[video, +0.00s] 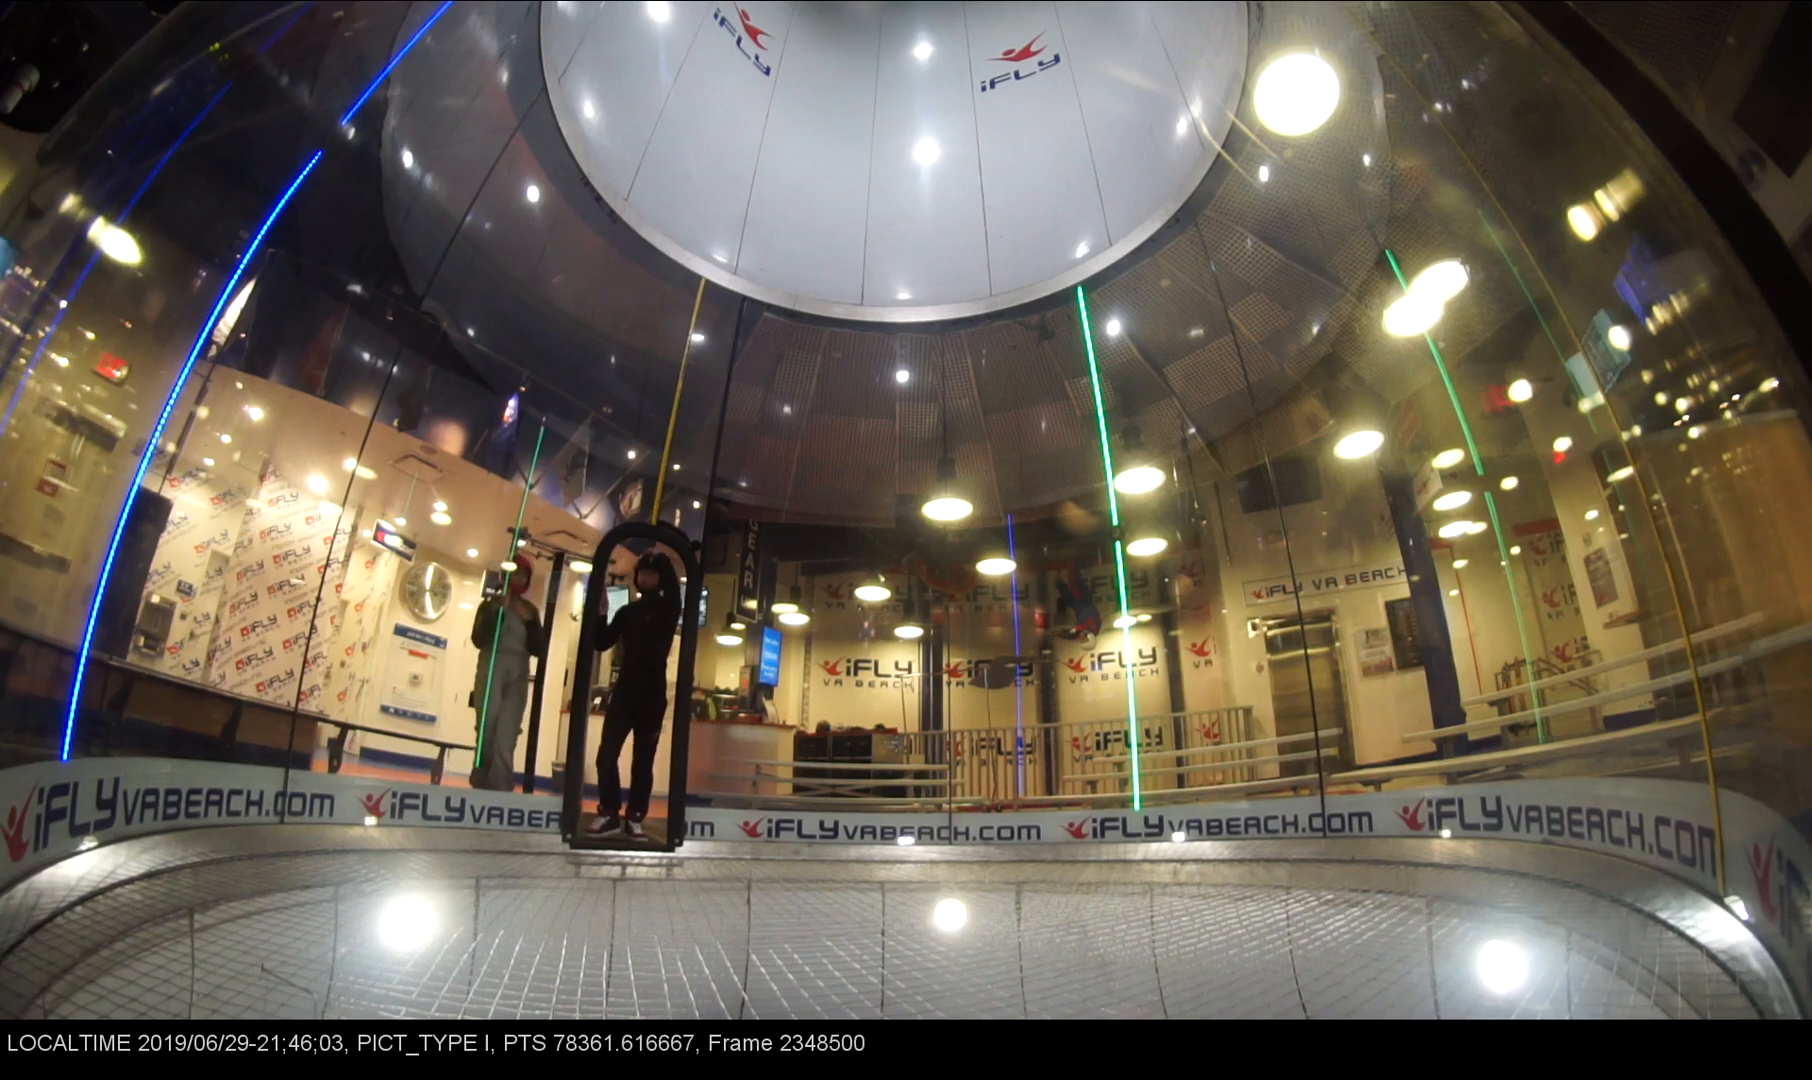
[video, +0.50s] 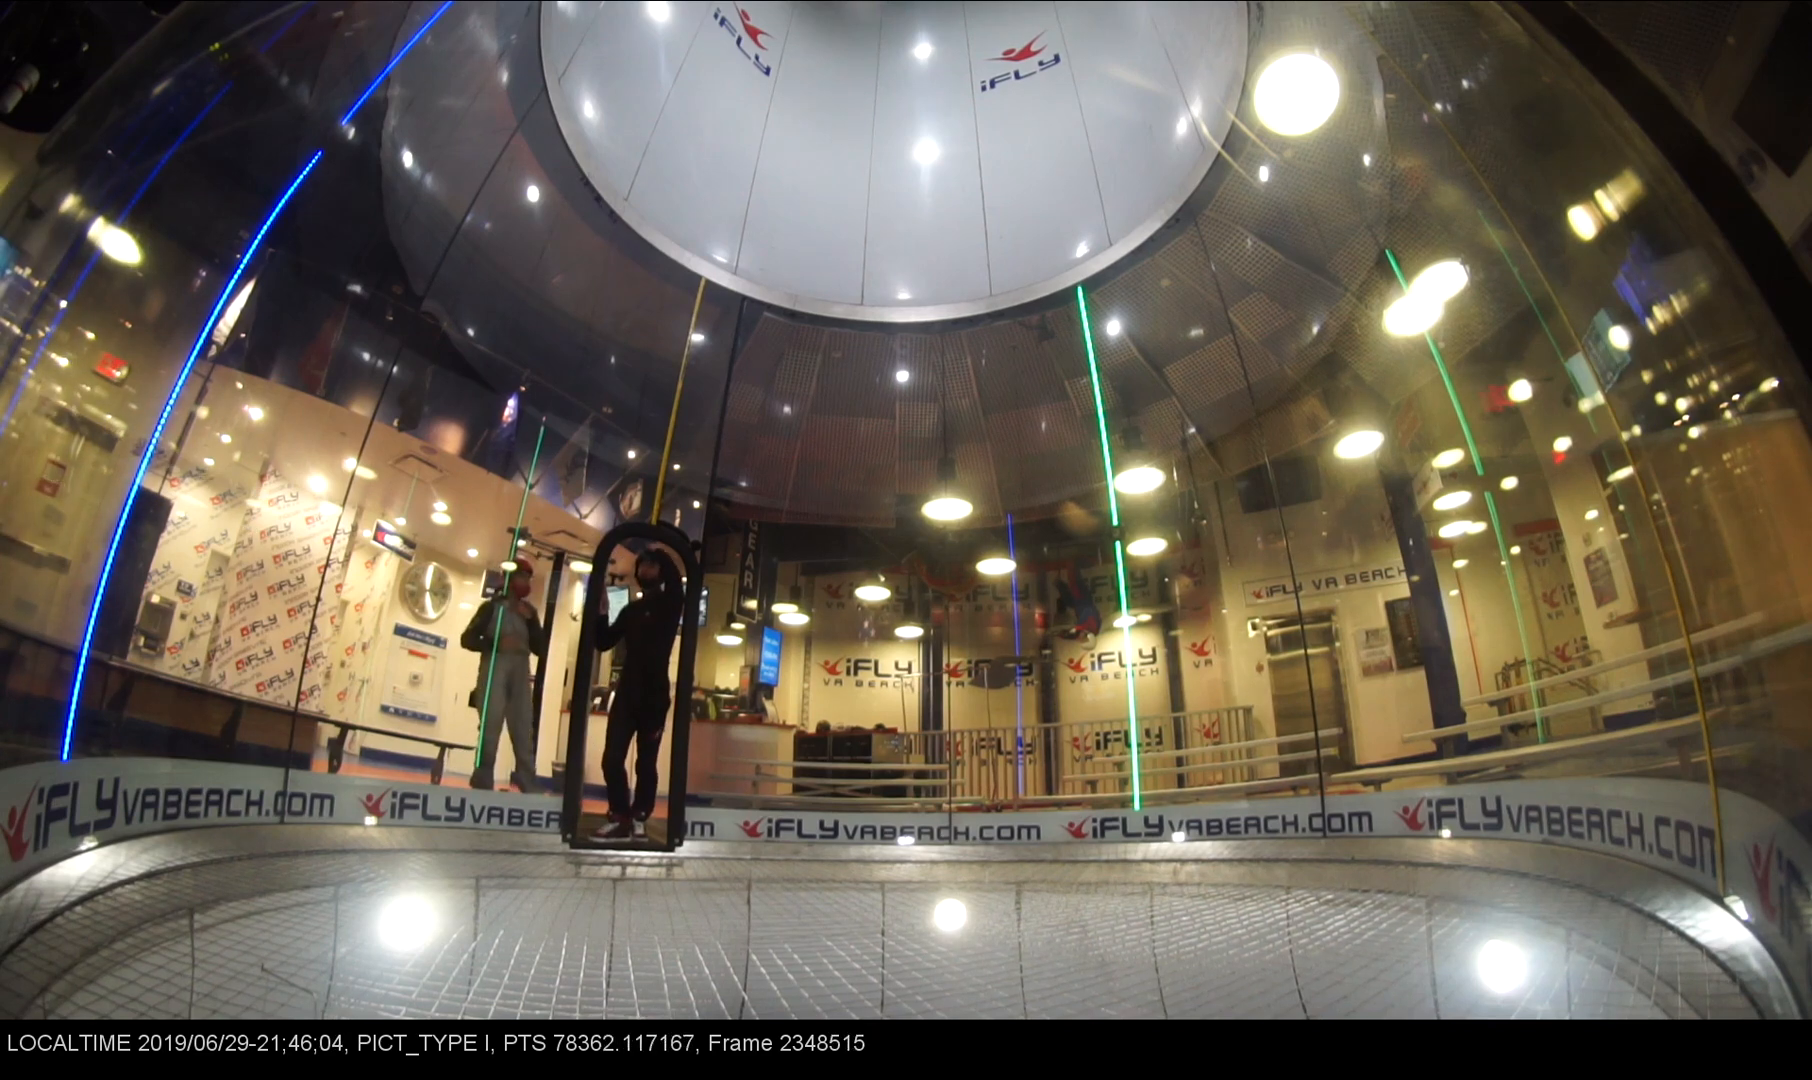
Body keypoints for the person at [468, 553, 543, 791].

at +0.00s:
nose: (518, 578)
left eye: (523, 574)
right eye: (515, 572)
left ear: (528, 581)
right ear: (506, 574)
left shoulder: (530, 610)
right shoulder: (490, 605)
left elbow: (538, 648)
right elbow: (479, 640)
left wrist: (531, 621)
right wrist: (495, 611)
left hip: (518, 671)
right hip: (490, 667)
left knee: (508, 729)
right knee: (487, 725)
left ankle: (501, 785)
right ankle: (481, 780)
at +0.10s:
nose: (522, 582)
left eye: (525, 577)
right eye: (518, 576)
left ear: (527, 581)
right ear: (506, 578)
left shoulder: (528, 611)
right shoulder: (488, 606)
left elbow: (537, 648)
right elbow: (472, 642)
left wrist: (530, 620)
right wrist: (491, 617)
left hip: (517, 674)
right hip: (490, 670)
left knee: (509, 732)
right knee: (488, 728)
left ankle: (505, 786)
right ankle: (482, 781)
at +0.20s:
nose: (524, 584)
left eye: (525, 579)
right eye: (520, 578)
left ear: (525, 581)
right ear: (506, 578)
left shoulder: (526, 611)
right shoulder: (487, 607)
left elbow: (536, 648)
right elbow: (467, 642)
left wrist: (530, 621)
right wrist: (488, 628)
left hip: (517, 674)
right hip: (490, 670)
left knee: (512, 730)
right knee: (489, 727)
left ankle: (510, 784)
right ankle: (482, 781)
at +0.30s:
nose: (525, 584)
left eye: (526, 579)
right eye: (520, 578)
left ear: (525, 582)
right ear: (506, 579)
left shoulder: (526, 611)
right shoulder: (487, 607)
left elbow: (537, 649)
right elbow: (465, 641)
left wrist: (529, 621)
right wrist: (488, 631)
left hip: (518, 673)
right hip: (491, 669)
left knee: (515, 733)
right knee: (489, 729)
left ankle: (518, 791)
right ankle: (482, 786)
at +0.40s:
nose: (525, 584)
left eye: (527, 579)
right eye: (521, 578)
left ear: (527, 583)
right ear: (507, 579)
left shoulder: (526, 611)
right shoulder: (489, 607)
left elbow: (538, 648)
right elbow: (465, 640)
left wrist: (531, 620)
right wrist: (488, 640)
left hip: (519, 672)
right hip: (492, 668)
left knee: (520, 732)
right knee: (490, 728)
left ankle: (525, 790)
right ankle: (482, 784)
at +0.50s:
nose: (526, 585)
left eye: (528, 580)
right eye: (522, 579)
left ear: (530, 583)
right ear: (510, 580)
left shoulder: (528, 613)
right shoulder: (491, 607)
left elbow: (540, 648)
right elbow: (467, 640)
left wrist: (532, 620)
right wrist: (495, 642)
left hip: (520, 675)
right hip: (494, 671)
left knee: (523, 730)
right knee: (491, 727)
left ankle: (528, 786)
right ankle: (482, 782)